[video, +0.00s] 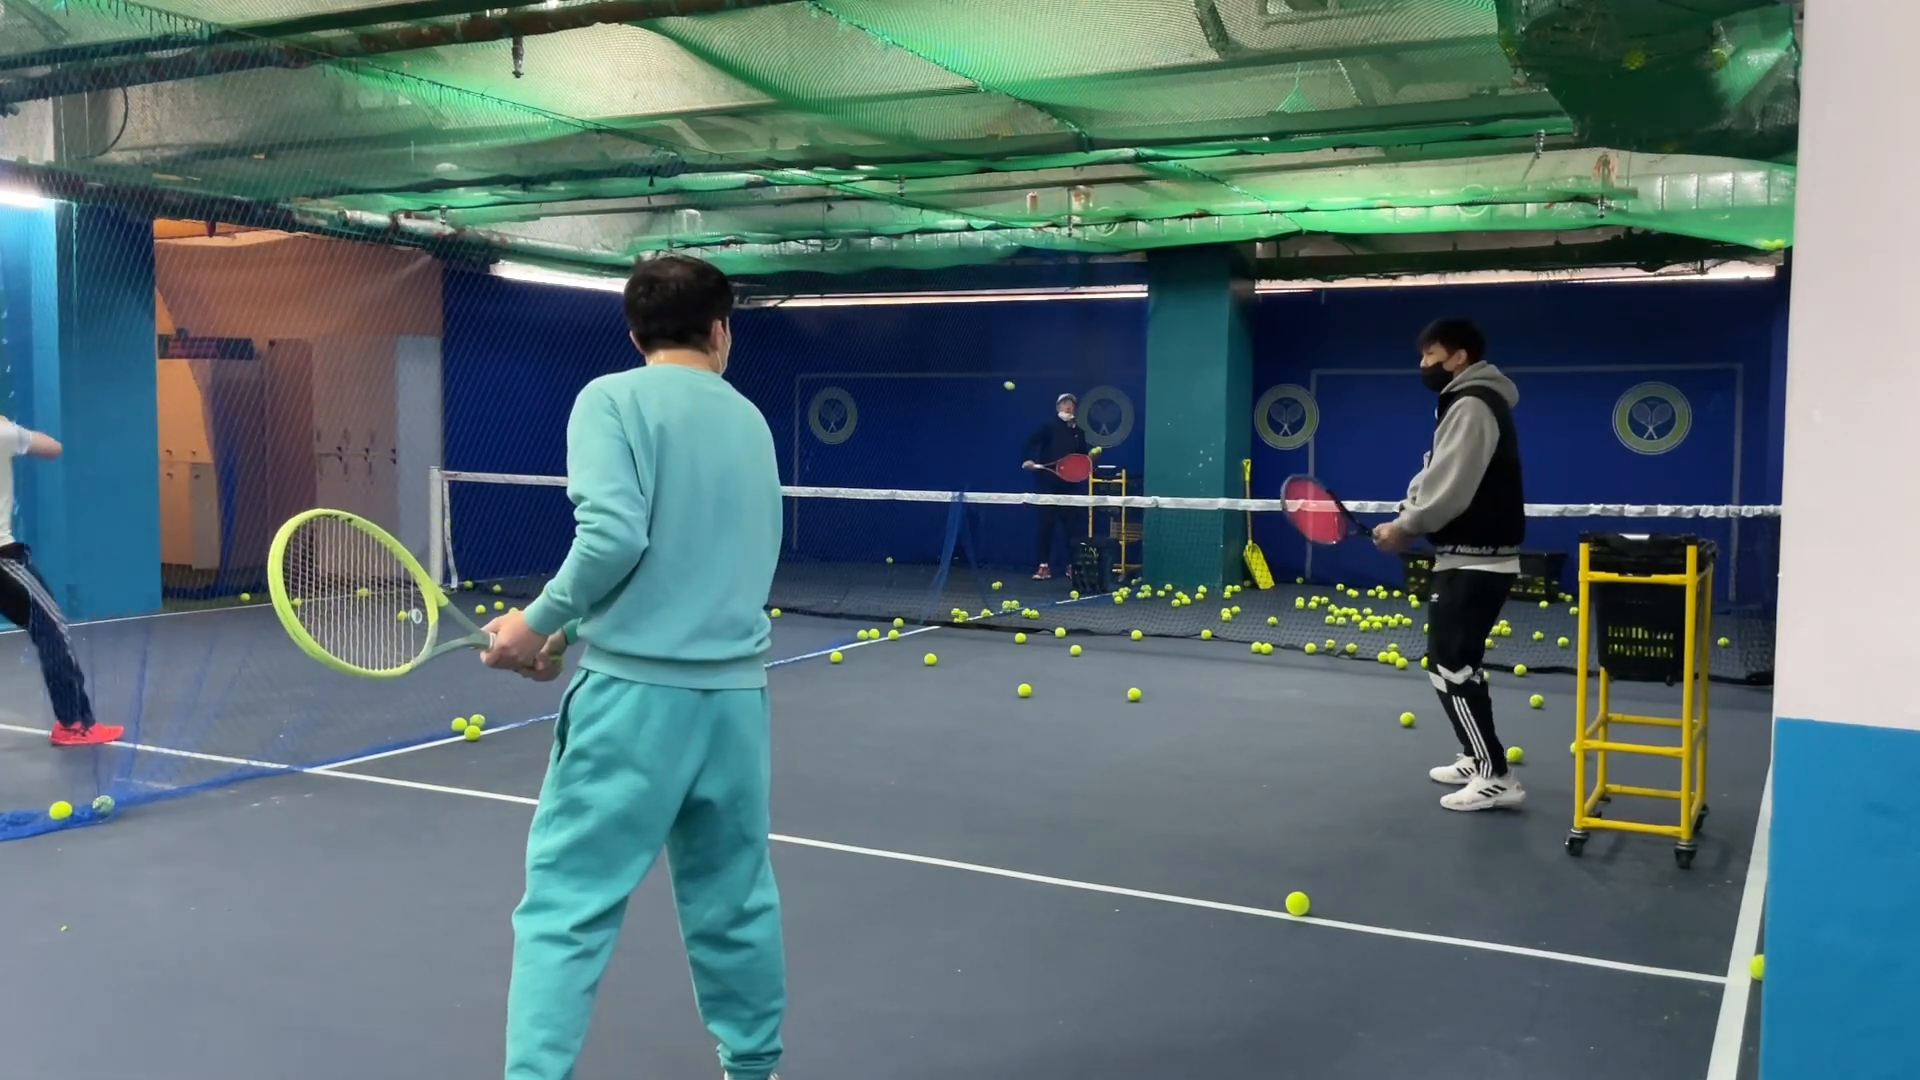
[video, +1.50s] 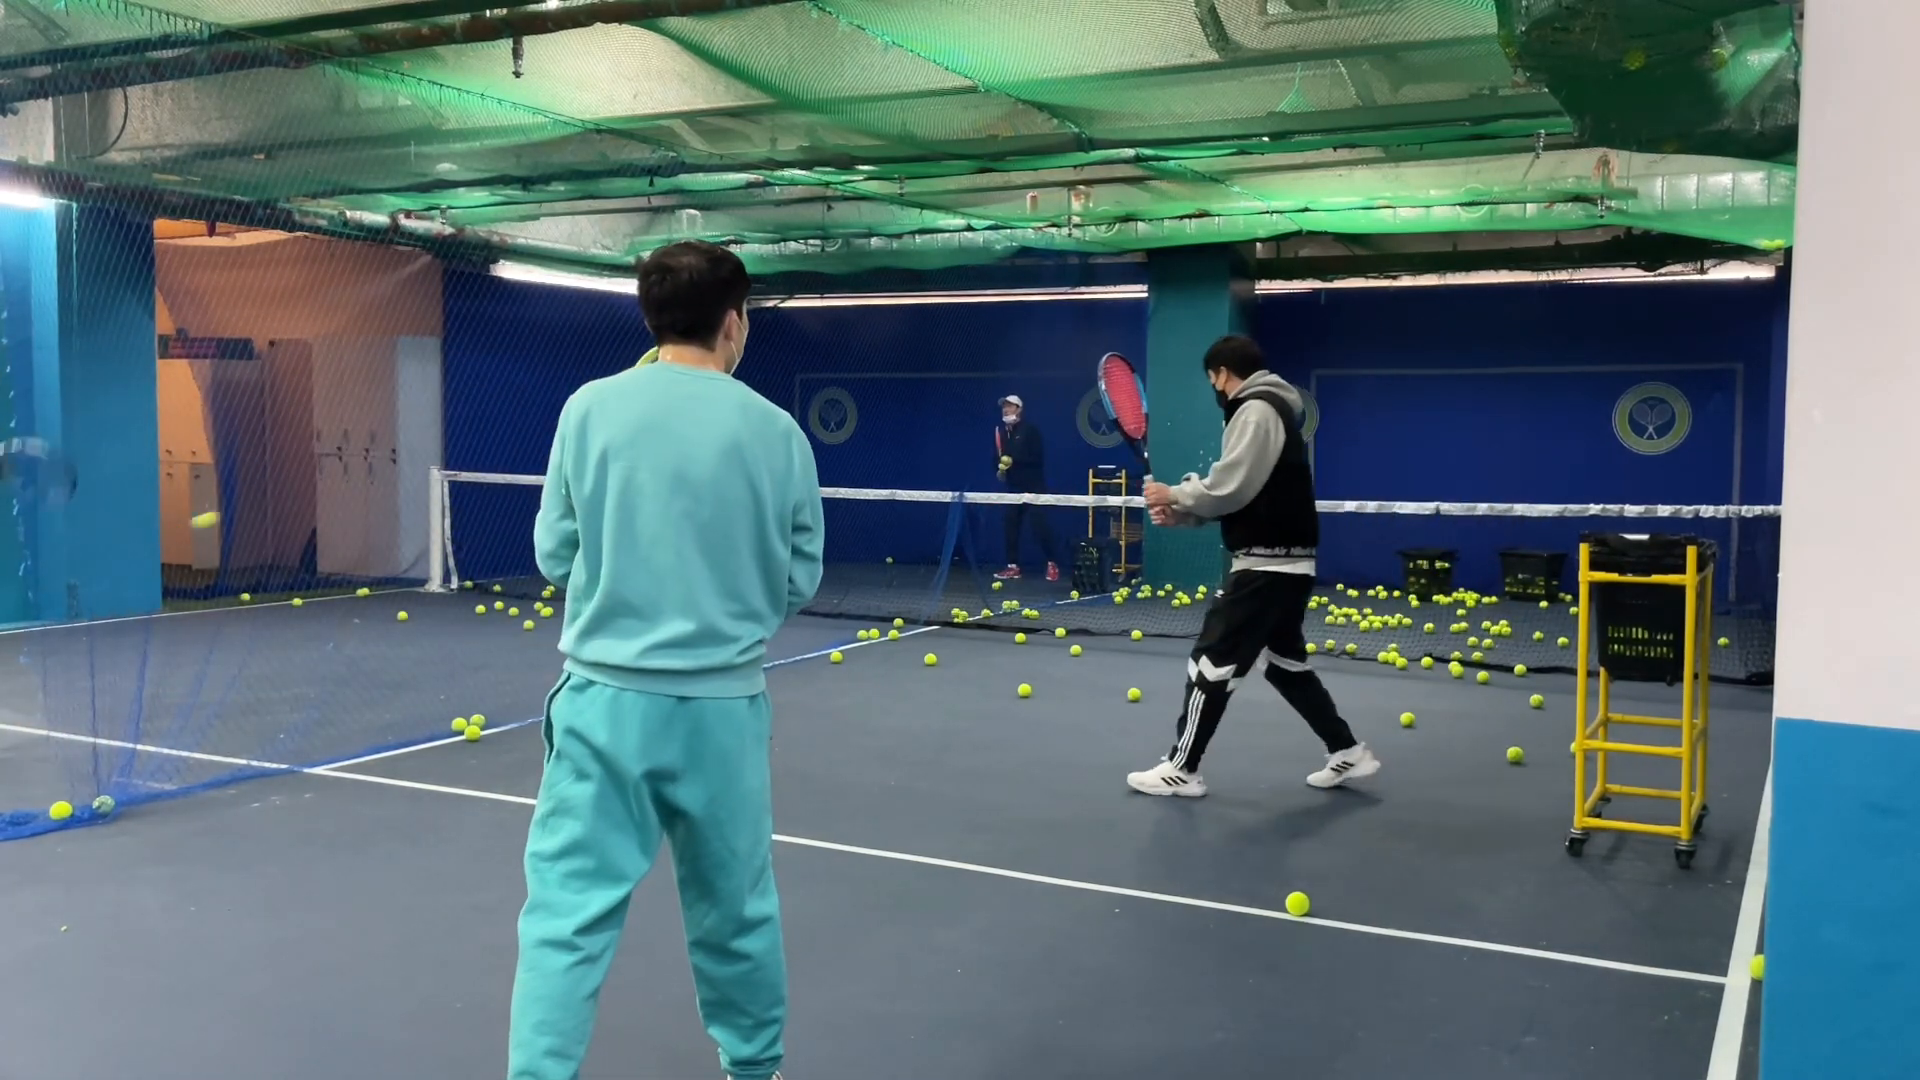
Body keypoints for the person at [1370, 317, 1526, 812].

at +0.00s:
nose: (1423, 364)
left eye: (1430, 354)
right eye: (1422, 355)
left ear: (1460, 356)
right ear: (1459, 359)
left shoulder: (1473, 408)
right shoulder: (1466, 404)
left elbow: (1450, 482)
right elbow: (1440, 474)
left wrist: (1404, 526)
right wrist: (1403, 521)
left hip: (1477, 565)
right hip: (1467, 563)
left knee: (1451, 668)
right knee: (1452, 664)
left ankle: (1494, 780)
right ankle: (1482, 759)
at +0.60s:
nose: (1374, 378)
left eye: (1374, 369)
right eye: (1373, 369)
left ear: (1390, 366)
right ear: (1414, 363)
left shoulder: (1408, 413)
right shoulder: (1437, 409)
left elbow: (1381, 492)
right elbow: (1407, 496)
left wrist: (1337, 508)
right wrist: (1352, 521)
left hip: (1418, 571)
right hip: (1448, 570)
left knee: (1386, 673)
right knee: (1425, 666)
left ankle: (1421, 778)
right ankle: (1467, 754)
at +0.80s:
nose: (1350, 376)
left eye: (1351, 368)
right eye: (1350, 368)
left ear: (1364, 366)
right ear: (1392, 364)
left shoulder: (1379, 413)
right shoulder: (1412, 409)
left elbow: (1352, 490)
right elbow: (1384, 496)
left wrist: (1312, 508)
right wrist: (1327, 524)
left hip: (1395, 567)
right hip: (1414, 563)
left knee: (1370, 666)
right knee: (1373, 661)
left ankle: (1422, 777)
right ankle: (1406, 757)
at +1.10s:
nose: (1304, 380)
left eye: (1303, 372)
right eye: (1303, 372)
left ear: (1315, 370)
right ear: (1344, 365)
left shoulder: (1331, 412)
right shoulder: (1364, 409)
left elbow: (1305, 488)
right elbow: (1334, 499)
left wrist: (1261, 505)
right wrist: (1273, 520)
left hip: (1348, 567)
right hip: (1371, 565)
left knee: (1305, 664)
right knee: (1331, 664)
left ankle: (1384, 745)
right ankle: (1354, 763)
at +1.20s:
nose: (1285, 386)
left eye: (1284, 377)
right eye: (1284, 378)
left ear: (1297, 373)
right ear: (1323, 369)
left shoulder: (1318, 415)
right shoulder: (1344, 412)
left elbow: (1291, 488)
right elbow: (1312, 500)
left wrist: (1242, 506)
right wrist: (1254, 520)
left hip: (1332, 566)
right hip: (1354, 565)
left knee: (1271, 654)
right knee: (1318, 662)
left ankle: (1326, 752)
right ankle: (1357, 761)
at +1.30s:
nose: (1264, 382)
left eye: (1263, 373)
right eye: (1262, 374)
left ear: (1276, 370)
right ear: (1301, 364)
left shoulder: (1301, 411)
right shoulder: (1320, 408)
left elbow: (1278, 482)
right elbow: (1293, 494)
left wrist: (1226, 501)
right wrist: (1236, 518)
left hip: (1314, 563)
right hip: (1336, 562)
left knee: (1251, 653)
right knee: (1314, 662)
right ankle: (1358, 765)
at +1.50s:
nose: (1215, 390)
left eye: (1214, 381)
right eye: (1212, 383)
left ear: (1225, 374)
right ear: (1251, 369)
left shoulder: (1255, 410)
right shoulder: (1273, 408)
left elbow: (1231, 485)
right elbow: (1242, 493)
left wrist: (1178, 494)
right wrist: (1183, 509)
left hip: (1264, 566)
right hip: (1290, 565)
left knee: (1213, 665)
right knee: (1285, 666)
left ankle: (1182, 769)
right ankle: (1348, 752)